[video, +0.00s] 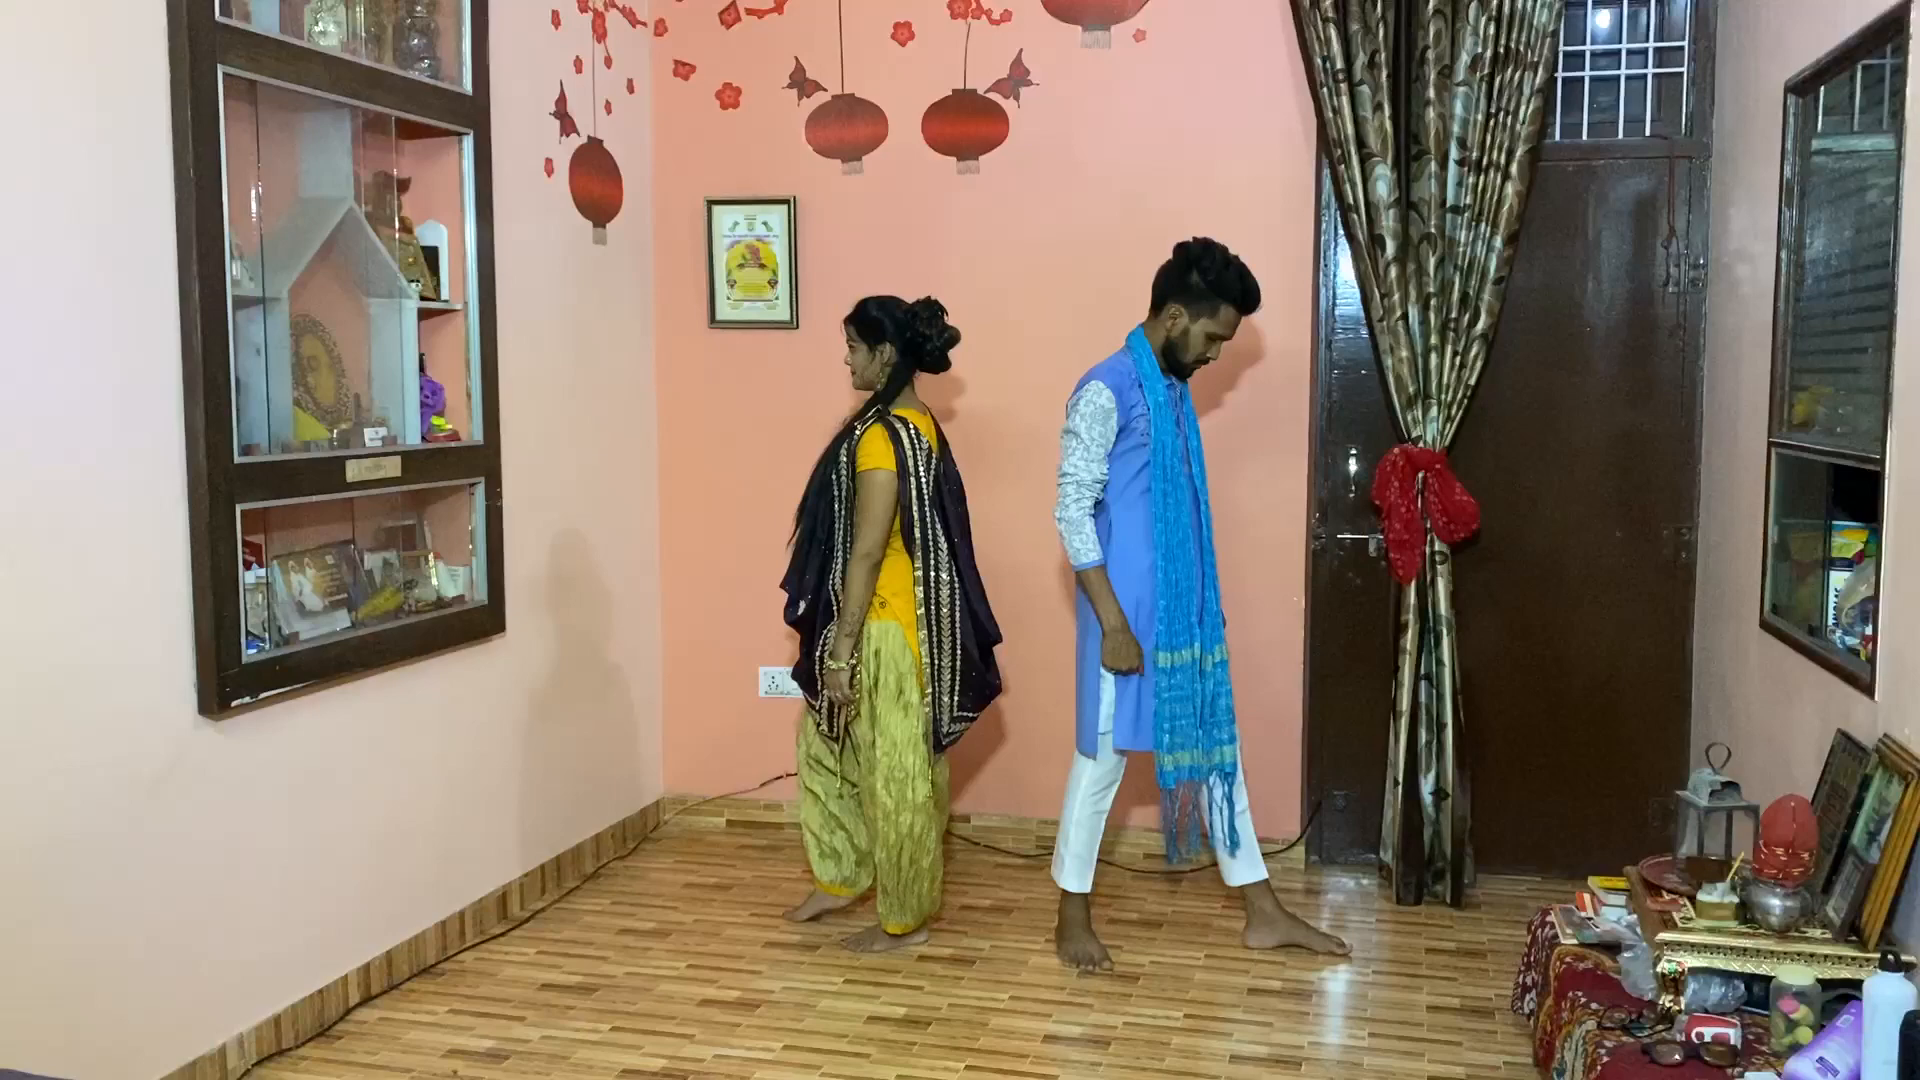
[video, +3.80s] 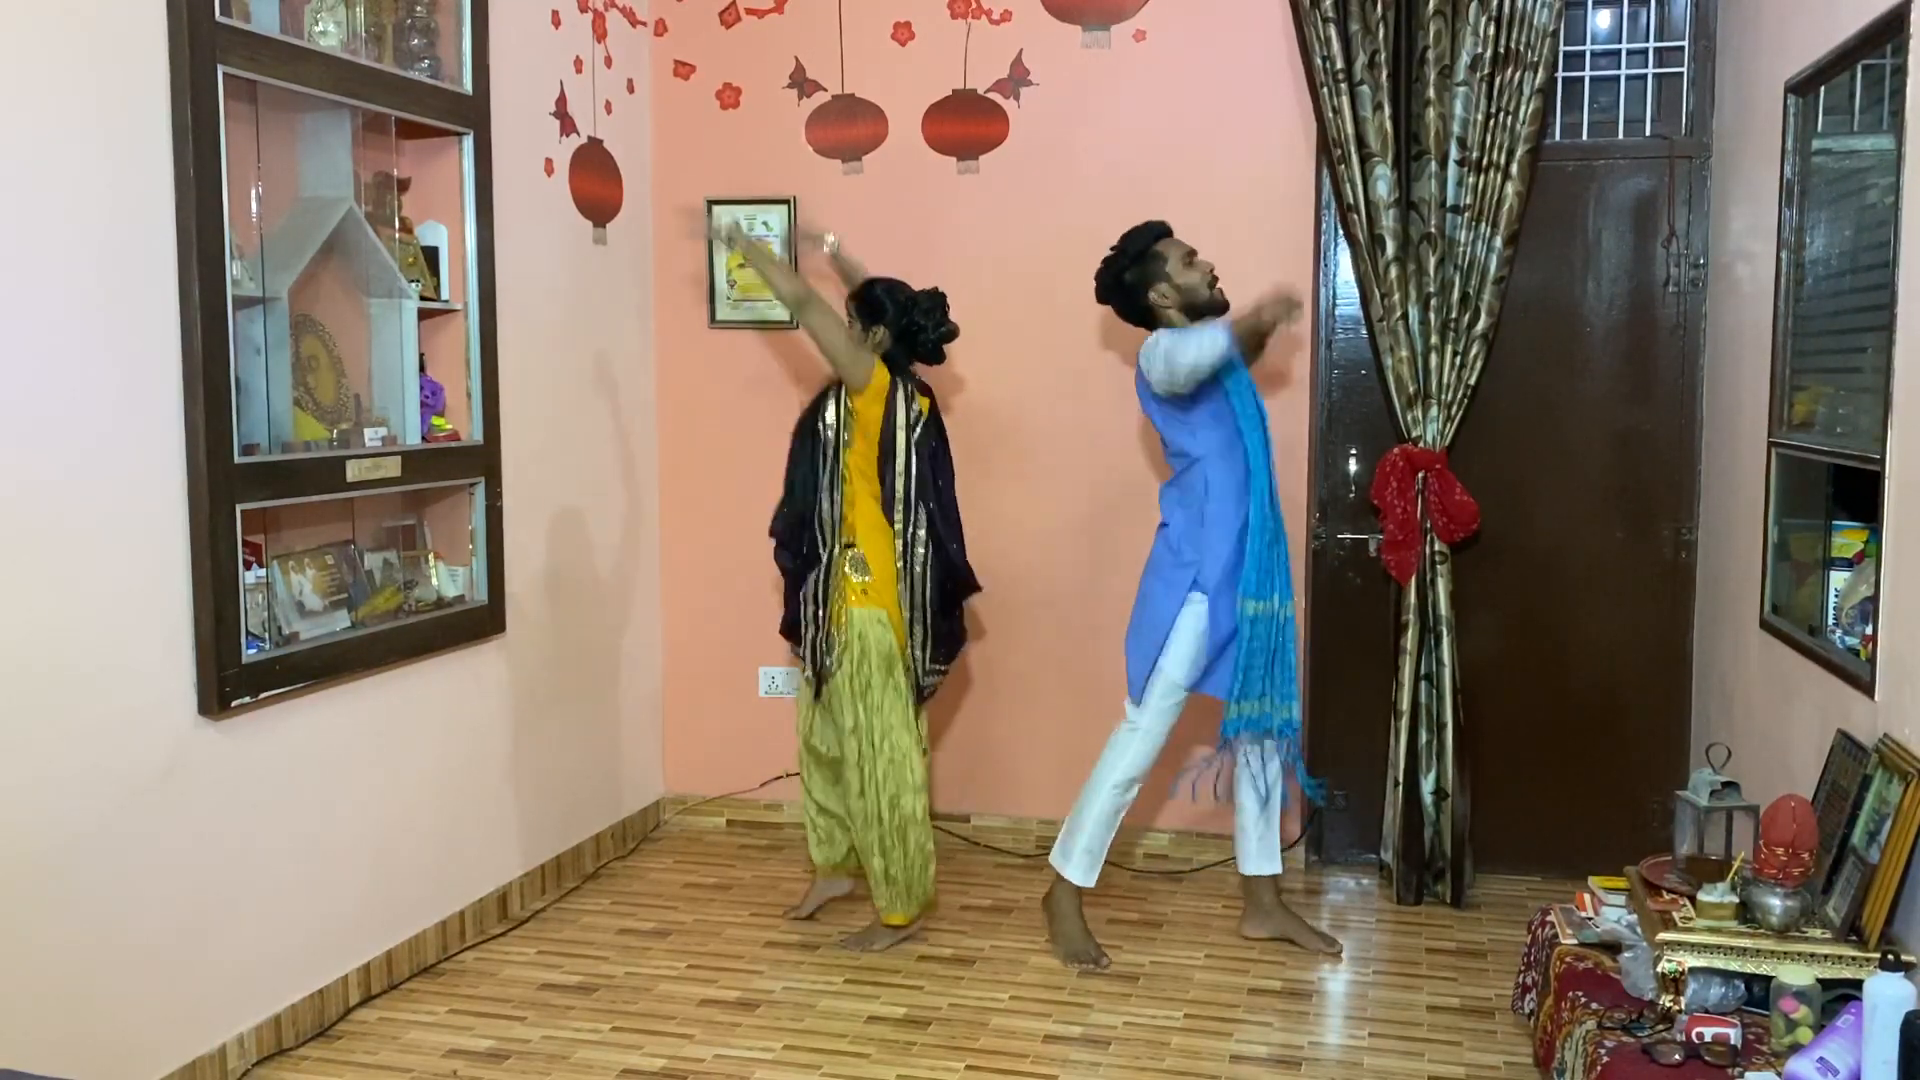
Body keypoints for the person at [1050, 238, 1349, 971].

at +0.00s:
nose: (1218, 351)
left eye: (1226, 338)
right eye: (1214, 335)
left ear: (1192, 320)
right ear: (1171, 313)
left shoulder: (1172, 391)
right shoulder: (1104, 394)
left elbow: (1170, 514)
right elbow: (1073, 515)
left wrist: (1197, 606)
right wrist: (1113, 623)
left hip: (1185, 607)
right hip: (1122, 608)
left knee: (1214, 745)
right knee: (1102, 758)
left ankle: (1263, 908)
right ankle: (1073, 916)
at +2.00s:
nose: (1219, 353)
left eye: (1227, 340)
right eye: (1215, 336)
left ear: (1194, 320)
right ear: (1173, 312)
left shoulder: (1172, 391)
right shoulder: (1106, 392)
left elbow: (1173, 516)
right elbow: (1076, 515)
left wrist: (1200, 608)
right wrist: (1114, 622)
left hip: (1184, 604)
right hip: (1123, 605)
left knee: (1211, 745)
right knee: (1103, 754)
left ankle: (1263, 908)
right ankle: (1072, 913)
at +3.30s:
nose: (1232, 302)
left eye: (1225, 288)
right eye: (1216, 290)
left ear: (1181, 313)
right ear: (1173, 311)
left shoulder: (1188, 401)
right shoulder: (1135, 402)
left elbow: (1189, 502)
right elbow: (1111, 506)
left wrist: (1240, 546)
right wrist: (1215, 552)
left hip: (1196, 616)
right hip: (1140, 619)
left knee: (1277, 733)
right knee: (1136, 767)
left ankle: (1270, 908)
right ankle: (1078, 918)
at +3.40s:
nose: (1218, 272)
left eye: (1209, 260)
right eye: (1201, 264)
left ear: (1182, 289)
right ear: (1167, 290)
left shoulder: (1205, 378)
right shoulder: (1146, 368)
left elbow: (1258, 405)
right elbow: (1165, 376)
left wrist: (1263, 389)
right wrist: (1227, 373)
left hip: (1220, 589)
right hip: (1157, 588)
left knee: (1275, 731)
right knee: (1132, 752)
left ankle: (1271, 905)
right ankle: (1073, 907)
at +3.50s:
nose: (1205, 255)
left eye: (1198, 246)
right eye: (1190, 248)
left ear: (1175, 270)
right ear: (1155, 269)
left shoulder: (1201, 321)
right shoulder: (1158, 326)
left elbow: (1234, 225)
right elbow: (1177, 230)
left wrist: (1288, 157)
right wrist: (1255, 129)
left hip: (1230, 540)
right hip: (1170, 539)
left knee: (1253, 700)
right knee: (1131, 707)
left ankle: (1278, 880)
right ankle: (1075, 885)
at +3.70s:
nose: (1202, 251)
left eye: (1192, 242)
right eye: (1183, 245)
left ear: (1164, 274)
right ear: (1155, 274)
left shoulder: (1219, 325)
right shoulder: (1173, 336)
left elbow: (1241, 247)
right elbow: (1191, 247)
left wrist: (1266, 171)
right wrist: (1247, 161)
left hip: (1250, 557)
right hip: (1193, 558)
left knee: (1258, 714)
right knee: (1144, 718)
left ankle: (1268, 890)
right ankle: (1076, 890)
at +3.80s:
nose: (1206, 262)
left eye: (1196, 253)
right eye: (1189, 260)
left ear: (1180, 287)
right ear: (1162, 293)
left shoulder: (1207, 346)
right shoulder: (1164, 353)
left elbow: (1244, 345)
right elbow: (1198, 350)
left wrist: (1267, 323)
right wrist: (1254, 322)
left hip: (1254, 568)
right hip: (1200, 571)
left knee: (1260, 725)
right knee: (1147, 728)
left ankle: (1264, 898)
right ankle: (1064, 890)